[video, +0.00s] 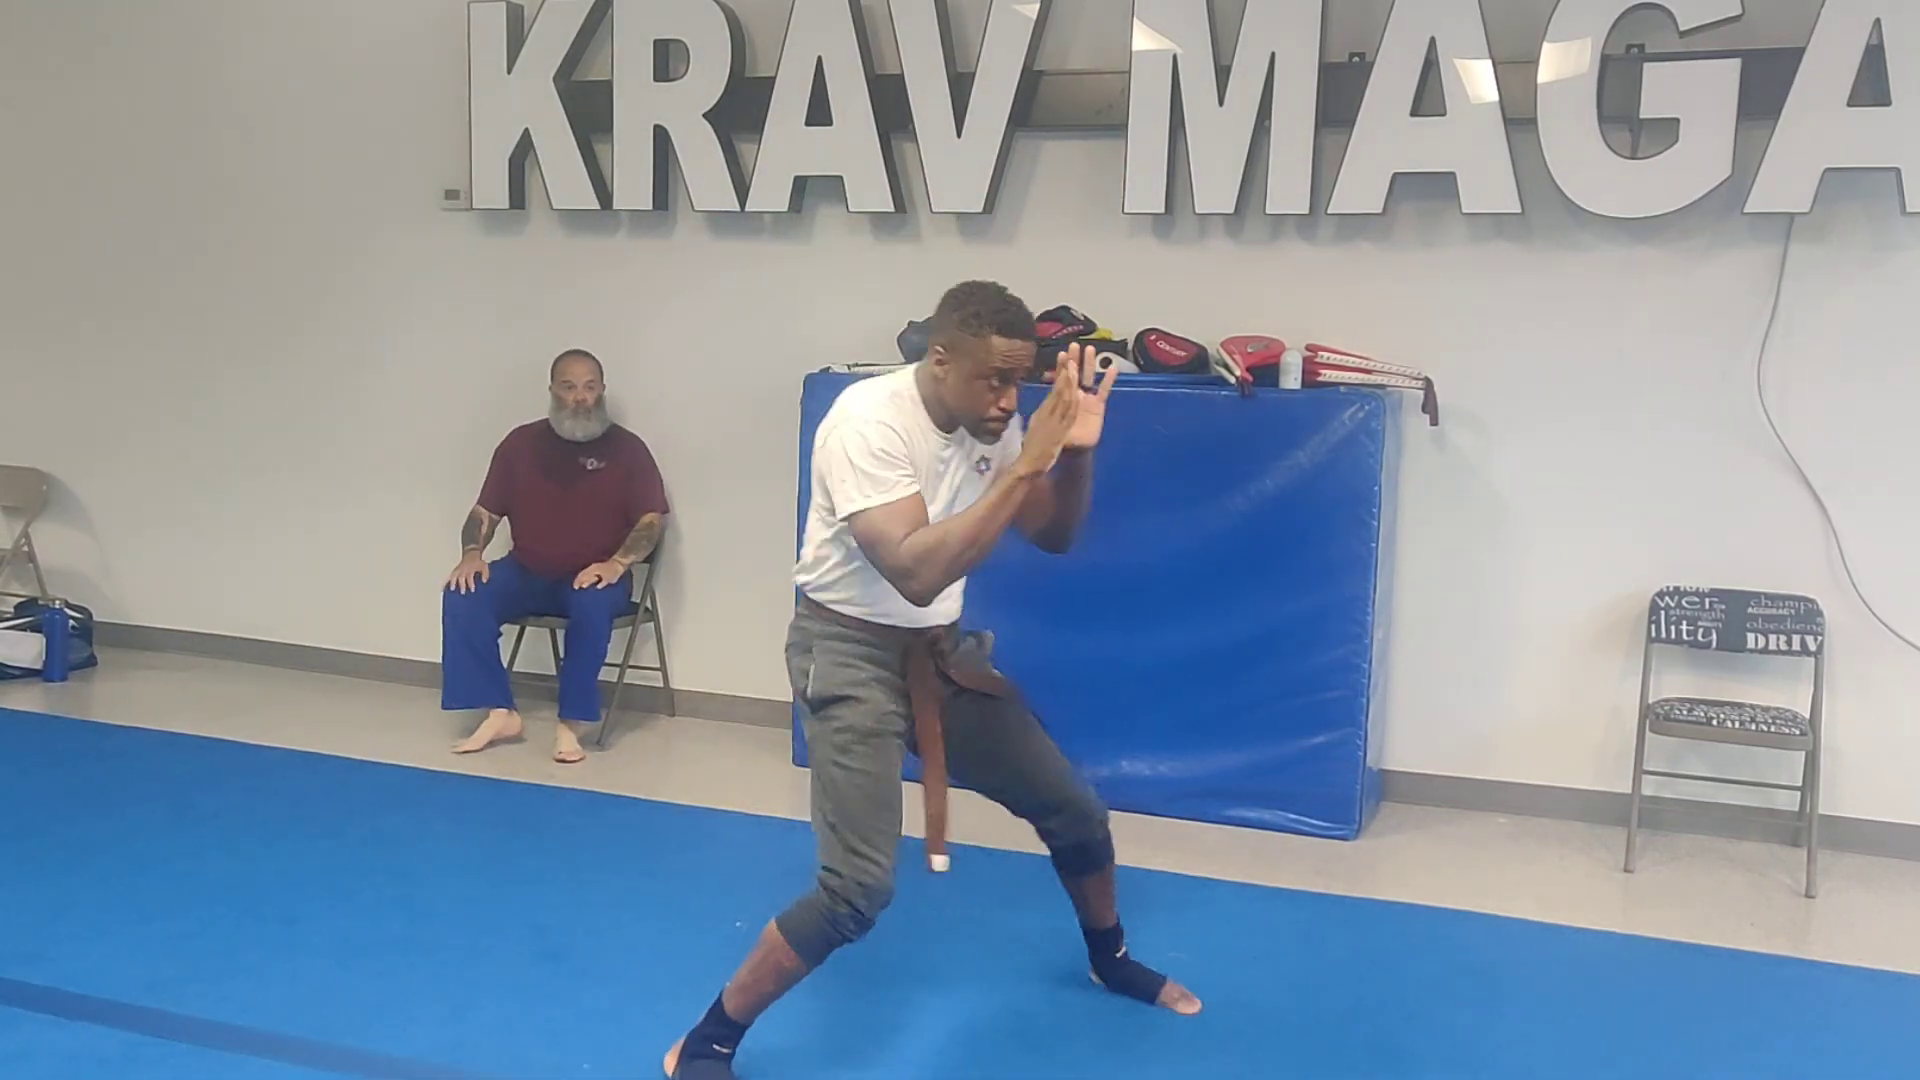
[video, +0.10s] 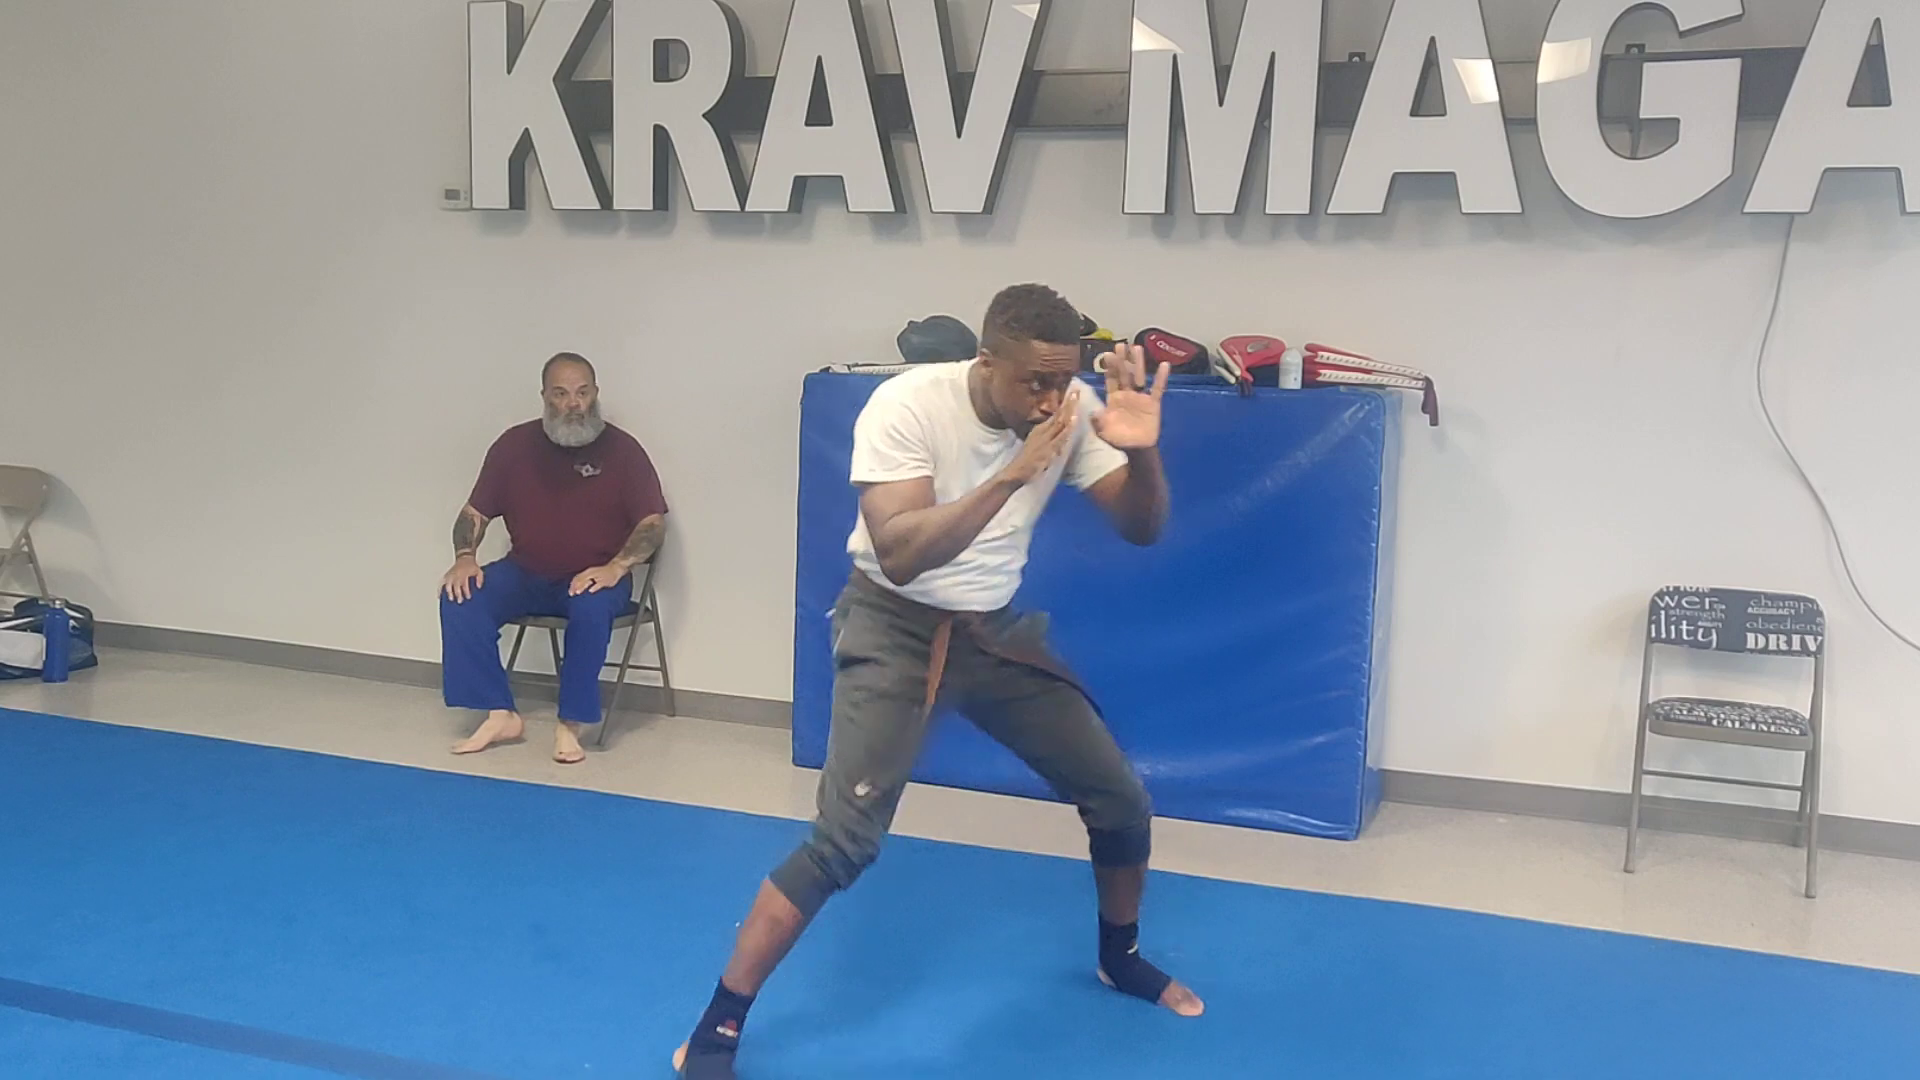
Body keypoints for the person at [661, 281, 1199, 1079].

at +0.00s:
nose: (1010, 401)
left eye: (1018, 383)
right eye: (995, 381)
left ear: (1024, 370)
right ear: (937, 360)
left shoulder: (994, 425)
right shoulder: (865, 421)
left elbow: (1053, 532)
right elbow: (917, 572)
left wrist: (1078, 446)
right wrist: (1029, 465)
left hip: (940, 645)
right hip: (848, 647)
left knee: (1073, 812)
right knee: (858, 886)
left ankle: (1110, 958)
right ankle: (709, 1043)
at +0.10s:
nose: (1054, 400)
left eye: (1064, 382)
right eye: (1037, 382)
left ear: (1075, 370)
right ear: (987, 358)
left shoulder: (1070, 409)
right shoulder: (905, 407)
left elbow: (1142, 526)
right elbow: (898, 553)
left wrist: (1142, 453)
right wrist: (1012, 476)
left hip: (995, 627)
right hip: (893, 621)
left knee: (1121, 803)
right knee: (847, 835)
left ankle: (1121, 958)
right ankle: (718, 1029)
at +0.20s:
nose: (1075, 391)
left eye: (1092, 373)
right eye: (1060, 373)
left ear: (1108, 356)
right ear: (1016, 349)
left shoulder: (1123, 389)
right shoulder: (945, 383)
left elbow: (1203, 494)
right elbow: (915, 522)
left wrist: (1220, 449)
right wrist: (1012, 457)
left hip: (1039, 611)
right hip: (930, 599)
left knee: (1140, 802)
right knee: (867, 791)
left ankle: (1140, 954)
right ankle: (782, 974)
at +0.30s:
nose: (1091, 383)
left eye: (1109, 367)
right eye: (1078, 364)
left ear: (1127, 356)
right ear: (1040, 339)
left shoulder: (1149, 395)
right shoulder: (974, 382)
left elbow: (1227, 483)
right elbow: (956, 517)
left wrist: (1261, 455)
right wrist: (1040, 438)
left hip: (1070, 618)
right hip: (963, 605)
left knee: (1146, 805)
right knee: (885, 791)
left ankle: (1151, 953)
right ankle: (850, 894)